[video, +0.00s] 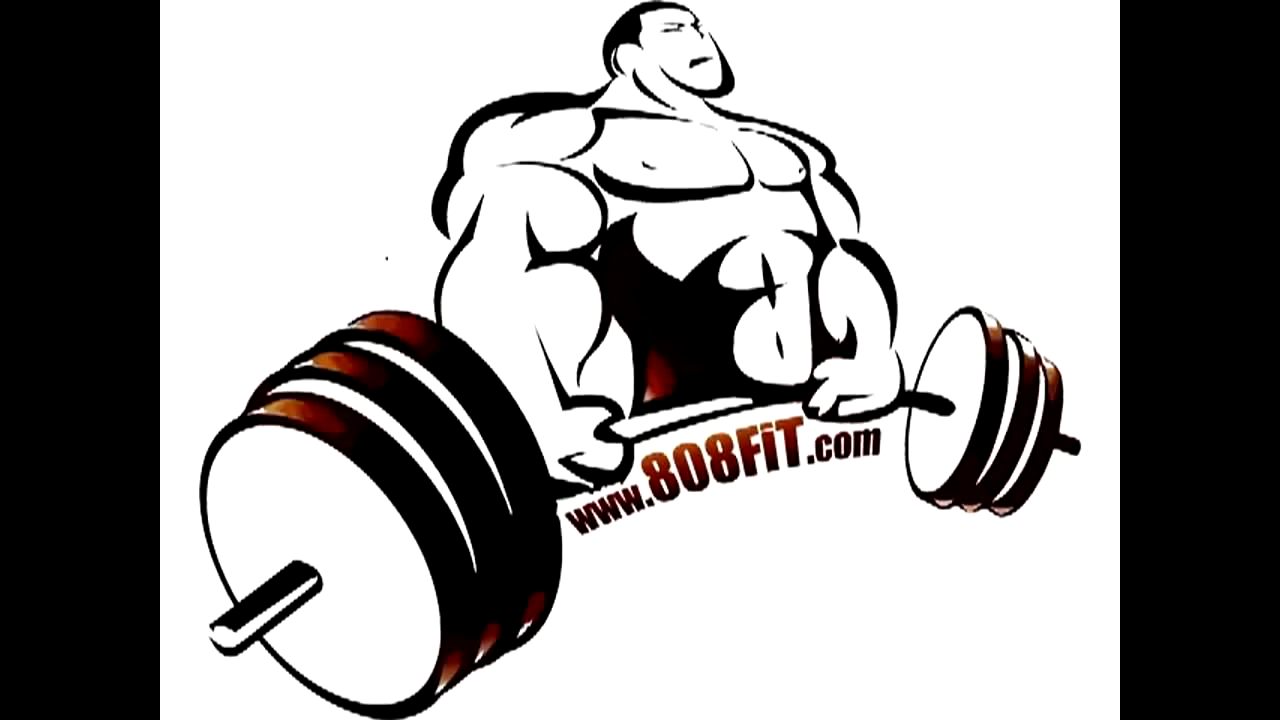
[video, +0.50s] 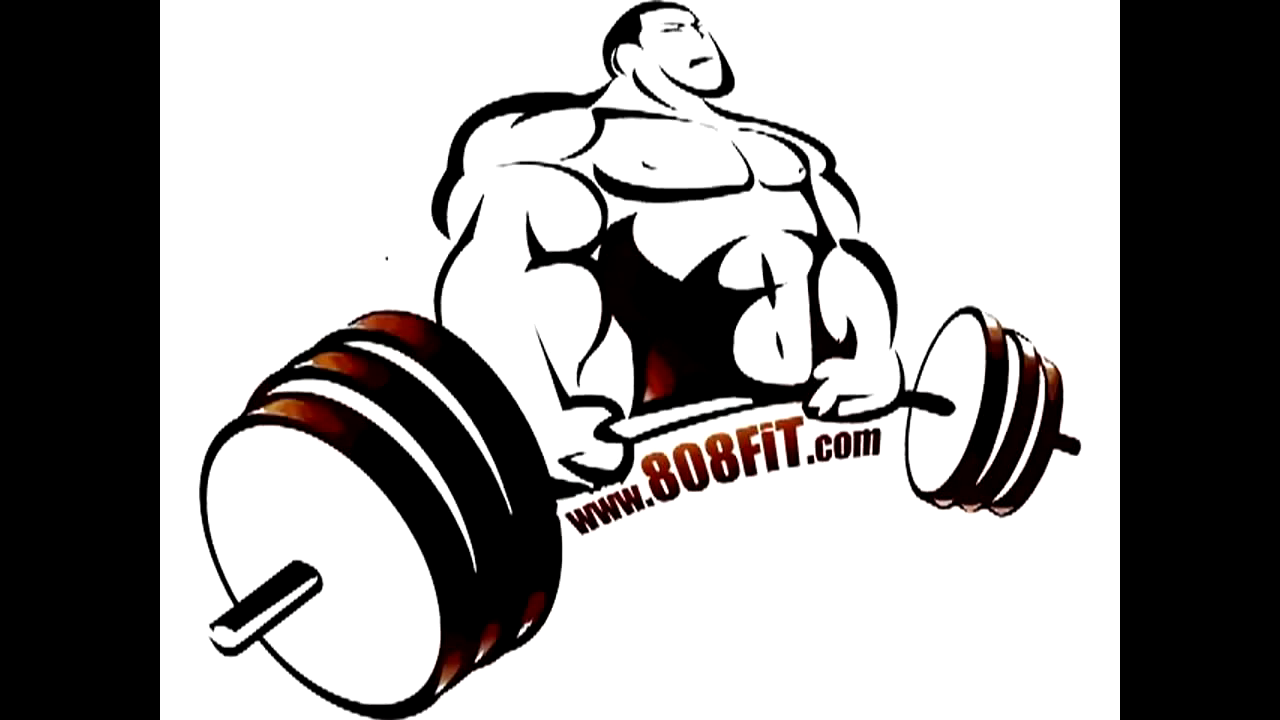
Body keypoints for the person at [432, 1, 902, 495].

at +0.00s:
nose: (702, 40)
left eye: (701, 28)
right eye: (675, 30)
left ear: (713, 45)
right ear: (628, 59)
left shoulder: (776, 145)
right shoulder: (593, 127)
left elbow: (850, 250)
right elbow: (487, 155)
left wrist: (878, 358)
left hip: (747, 331)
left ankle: (870, 369)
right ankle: (577, 429)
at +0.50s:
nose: (702, 40)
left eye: (701, 28)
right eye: (675, 30)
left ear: (713, 45)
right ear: (628, 59)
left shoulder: (776, 145)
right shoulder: (593, 127)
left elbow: (850, 250)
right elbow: (487, 155)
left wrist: (878, 358)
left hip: (747, 331)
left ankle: (870, 369)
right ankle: (577, 429)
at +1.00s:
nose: (702, 40)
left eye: (701, 28)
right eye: (675, 30)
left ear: (713, 45)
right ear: (628, 59)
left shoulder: (776, 145)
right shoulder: (593, 127)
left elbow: (850, 250)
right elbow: (487, 155)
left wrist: (878, 358)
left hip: (747, 331)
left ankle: (870, 369)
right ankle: (577, 429)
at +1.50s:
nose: (702, 40)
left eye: (701, 28)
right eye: (675, 30)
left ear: (713, 45)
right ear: (628, 59)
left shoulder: (776, 145)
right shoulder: (593, 127)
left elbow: (850, 250)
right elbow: (487, 155)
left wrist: (878, 358)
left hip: (747, 331)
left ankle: (870, 369)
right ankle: (577, 429)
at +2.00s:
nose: (702, 40)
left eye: (701, 28)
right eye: (675, 30)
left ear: (713, 45)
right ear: (628, 59)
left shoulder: (775, 145)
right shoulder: (593, 126)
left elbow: (850, 250)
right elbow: (487, 155)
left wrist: (878, 358)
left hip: (747, 330)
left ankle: (870, 369)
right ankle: (577, 429)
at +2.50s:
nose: (702, 40)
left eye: (701, 28)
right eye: (675, 30)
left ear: (713, 45)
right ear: (628, 59)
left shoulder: (775, 145)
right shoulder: (593, 126)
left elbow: (850, 250)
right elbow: (487, 155)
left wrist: (878, 358)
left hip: (747, 330)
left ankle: (870, 369)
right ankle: (577, 429)